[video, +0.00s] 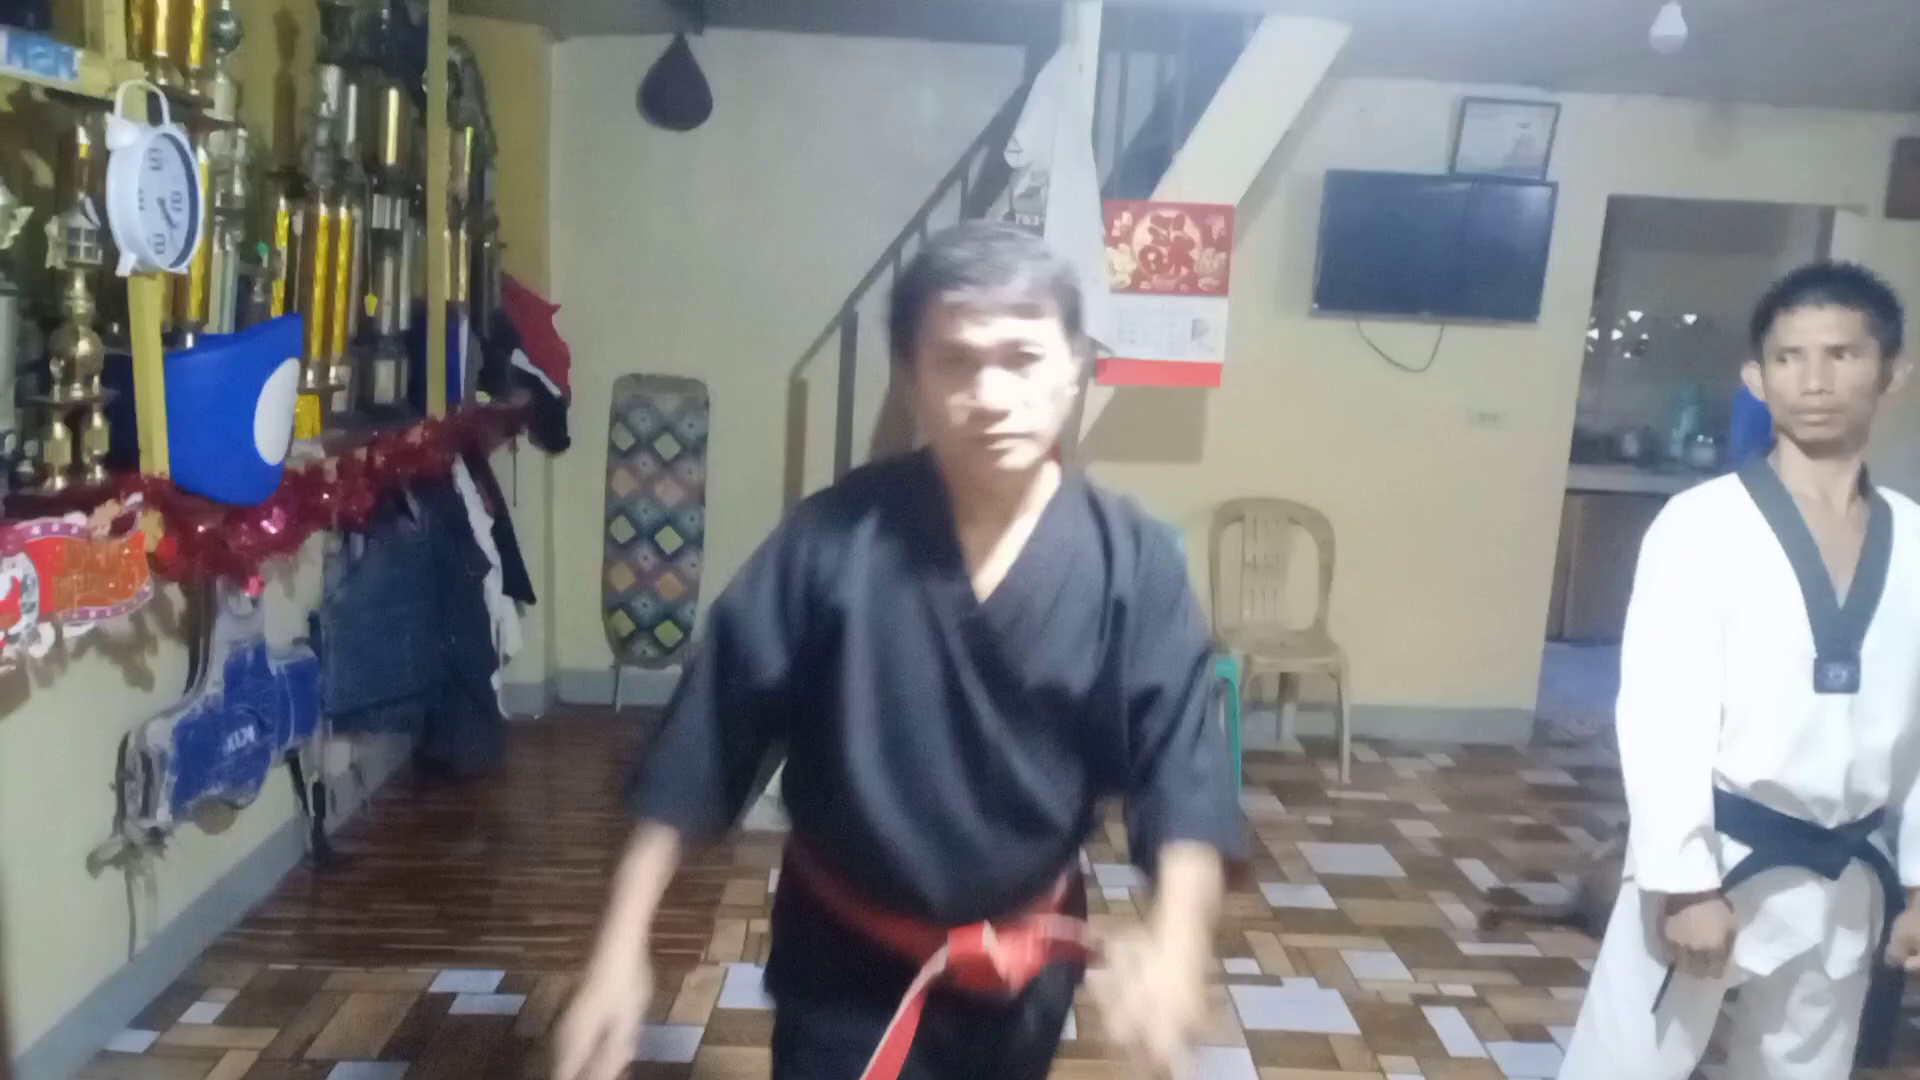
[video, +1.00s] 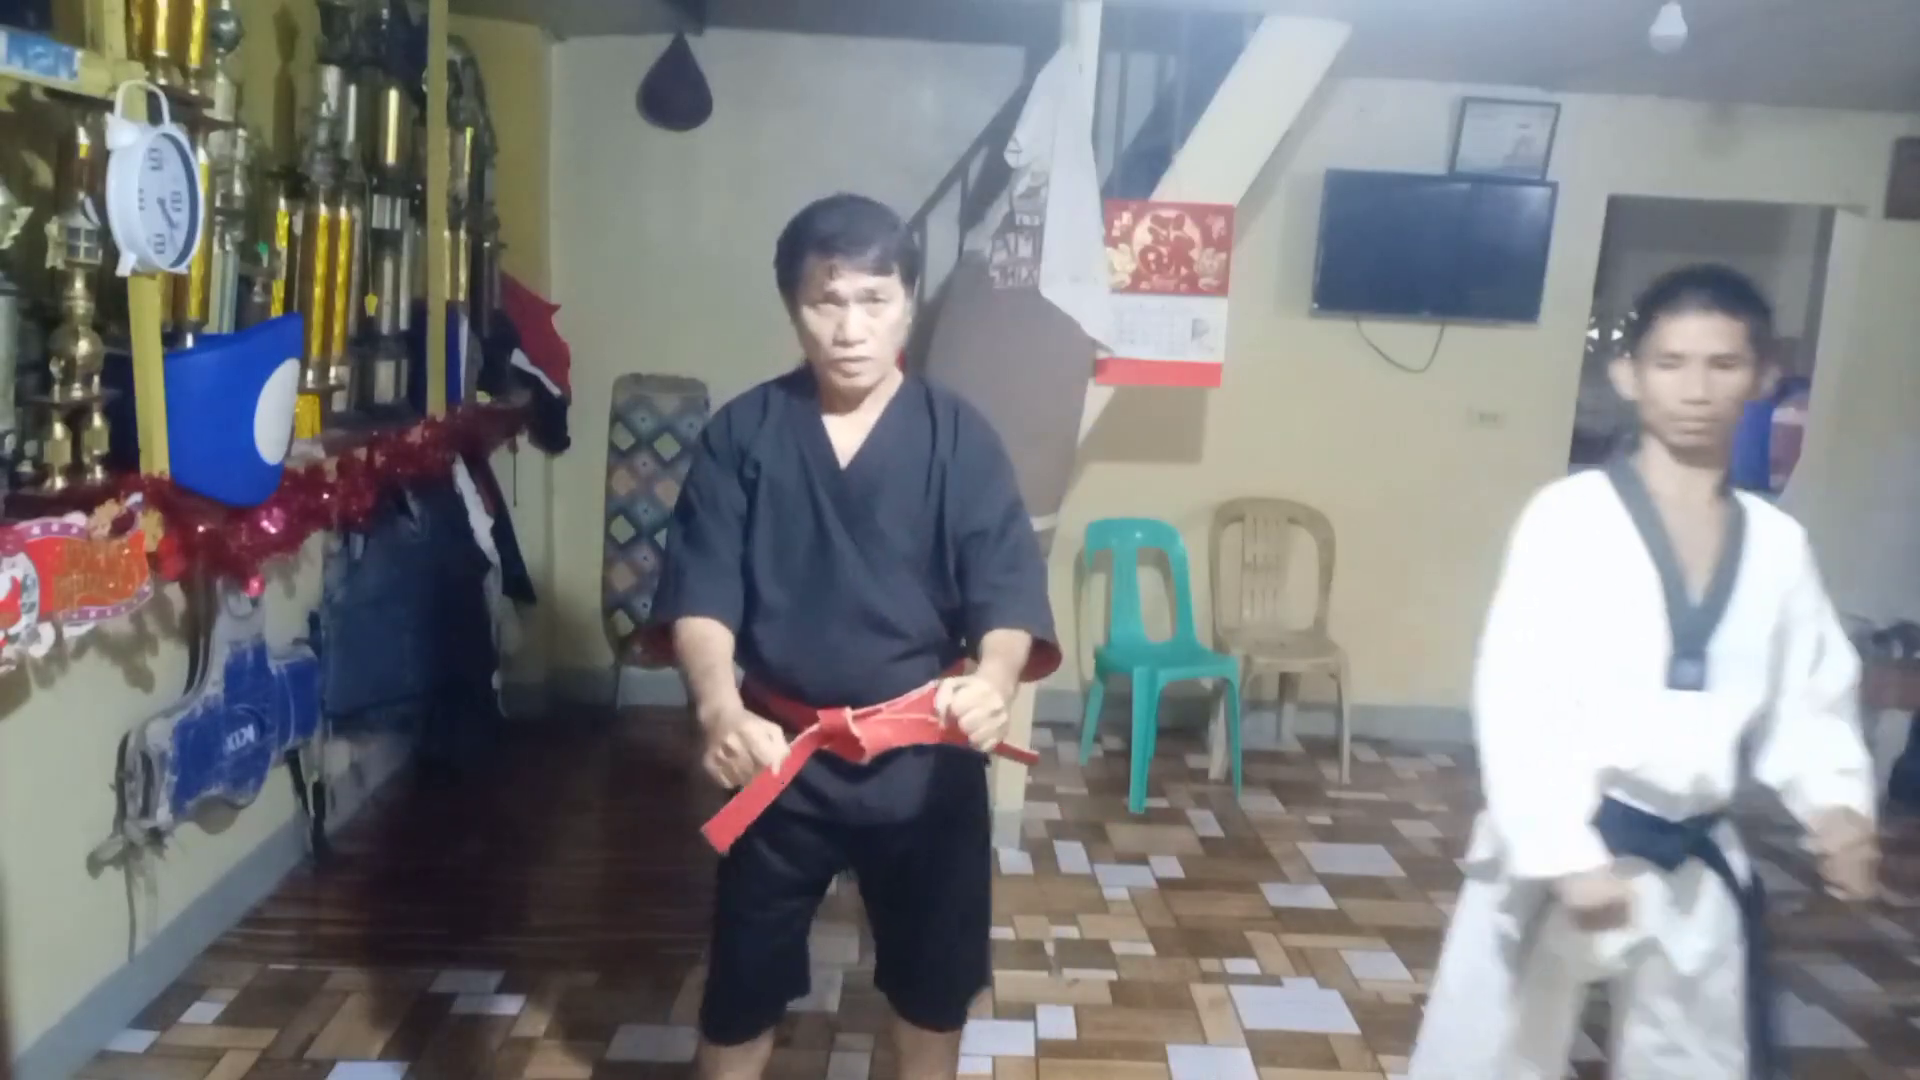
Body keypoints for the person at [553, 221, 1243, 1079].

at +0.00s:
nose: (990, 396)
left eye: (1022, 359)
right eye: (957, 362)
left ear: (1077, 375)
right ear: (909, 379)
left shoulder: (1134, 562)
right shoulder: (829, 543)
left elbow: (1187, 759)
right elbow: (703, 734)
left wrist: (1178, 947)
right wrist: (619, 947)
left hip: (1022, 957)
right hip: (847, 950)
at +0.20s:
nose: (1045, 359)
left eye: (1076, 329)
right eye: (1018, 327)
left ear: (1113, 339)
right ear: (974, 327)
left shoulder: (1133, 498)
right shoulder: (882, 457)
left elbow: (1162, 695)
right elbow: (769, 640)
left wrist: (1056, 707)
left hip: (1022, 881)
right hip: (866, 872)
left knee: (1011, 1068)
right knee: (851, 1067)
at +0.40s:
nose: (996, 340)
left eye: (1026, 311)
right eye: (972, 309)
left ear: (1063, 321)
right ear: (932, 312)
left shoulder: (1082, 466)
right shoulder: (860, 434)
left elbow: (1063, 639)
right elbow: (873, 640)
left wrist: (919, 530)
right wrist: (1067, 665)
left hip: (997, 807)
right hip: (844, 801)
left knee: (987, 1064)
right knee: (765, 1058)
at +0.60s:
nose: (879, 338)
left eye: (904, 310)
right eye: (853, 311)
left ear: (943, 319)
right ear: (816, 320)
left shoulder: (981, 454)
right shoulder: (748, 445)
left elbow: (1022, 646)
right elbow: (709, 625)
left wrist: (938, 598)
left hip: (928, 796)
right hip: (773, 789)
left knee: (935, 1055)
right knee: (742, 1044)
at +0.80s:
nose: (828, 325)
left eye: (851, 298)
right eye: (802, 300)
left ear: (889, 304)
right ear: (767, 308)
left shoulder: (936, 438)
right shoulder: (714, 430)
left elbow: (993, 587)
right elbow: (661, 591)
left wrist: (990, 684)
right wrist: (671, 720)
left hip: (904, 756)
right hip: (749, 754)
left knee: (921, 1019)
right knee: (720, 1020)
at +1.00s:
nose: (850, 326)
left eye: (873, 301)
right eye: (827, 302)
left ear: (910, 307)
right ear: (792, 310)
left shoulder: (958, 437)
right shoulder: (742, 432)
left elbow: (1010, 578)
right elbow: (702, 587)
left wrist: (997, 674)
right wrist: (717, 705)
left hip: (925, 747)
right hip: (777, 744)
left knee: (934, 1003)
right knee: (740, 1003)